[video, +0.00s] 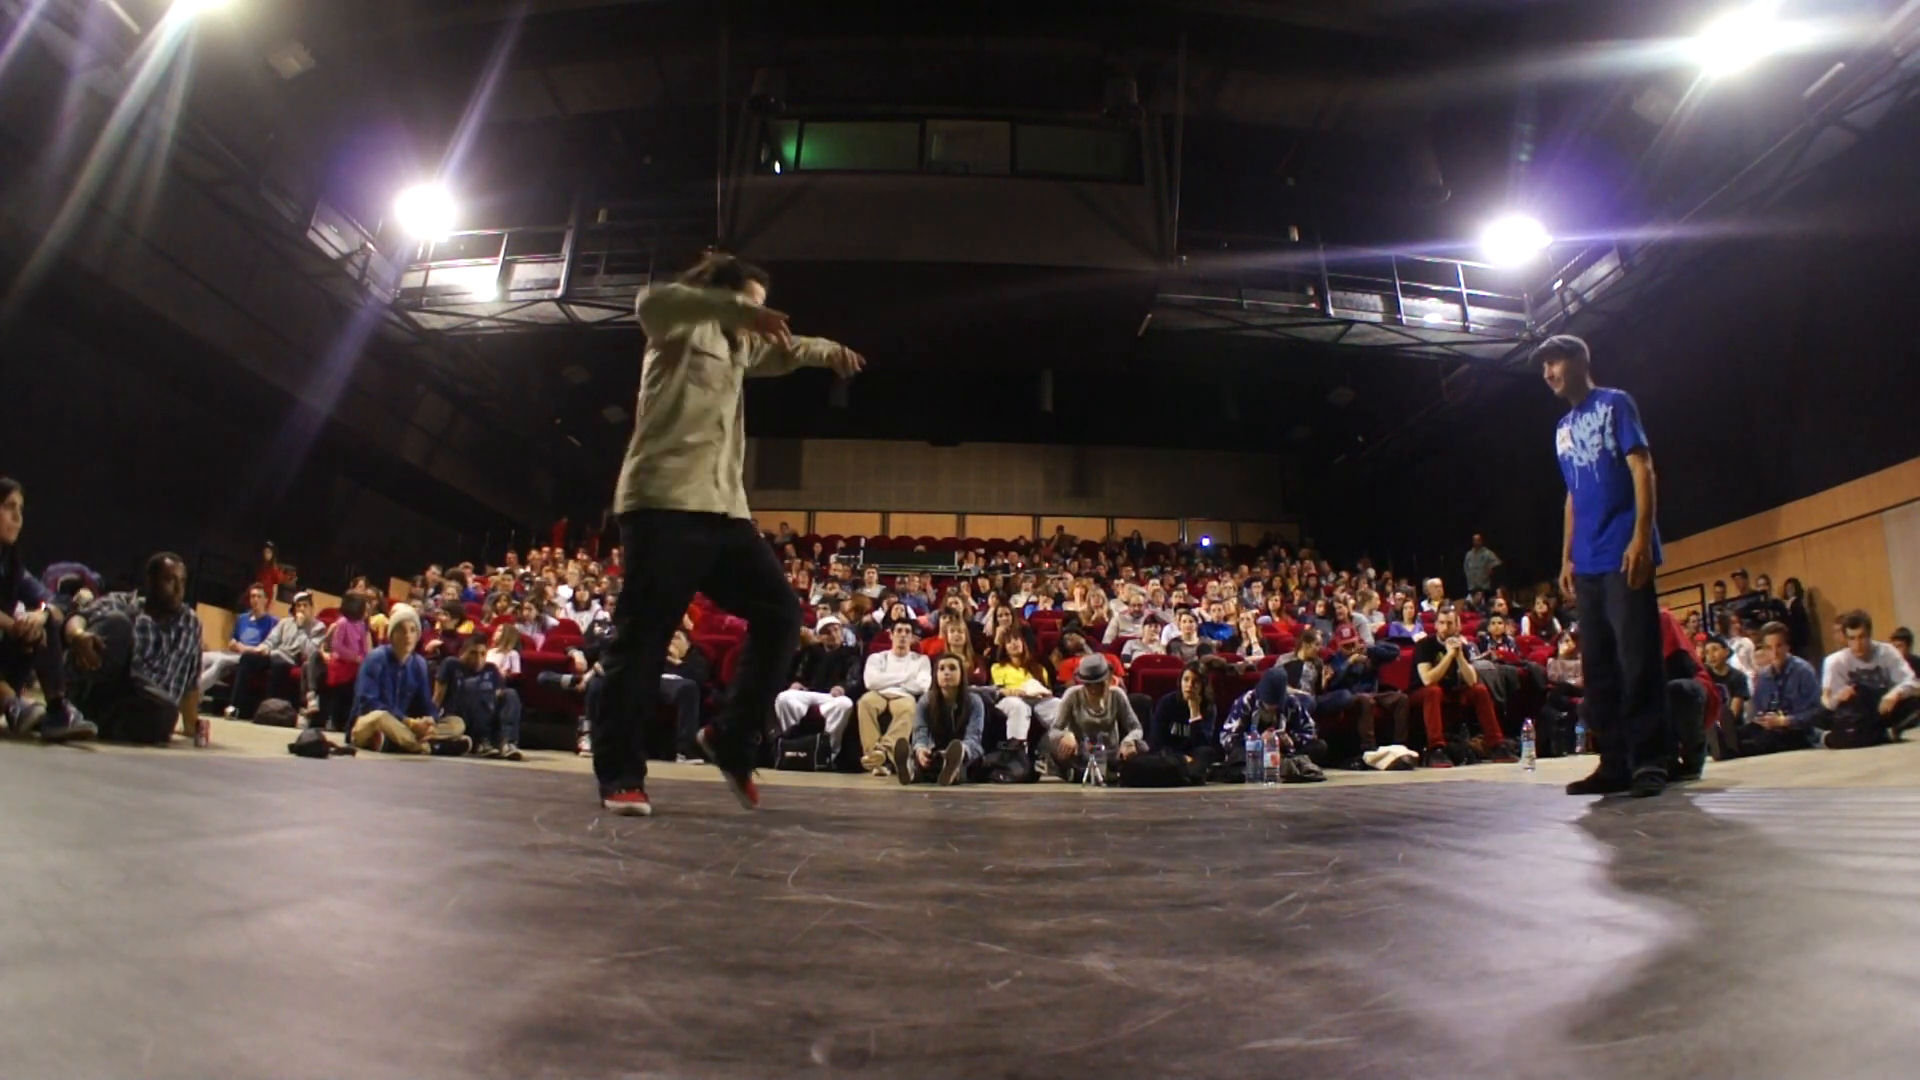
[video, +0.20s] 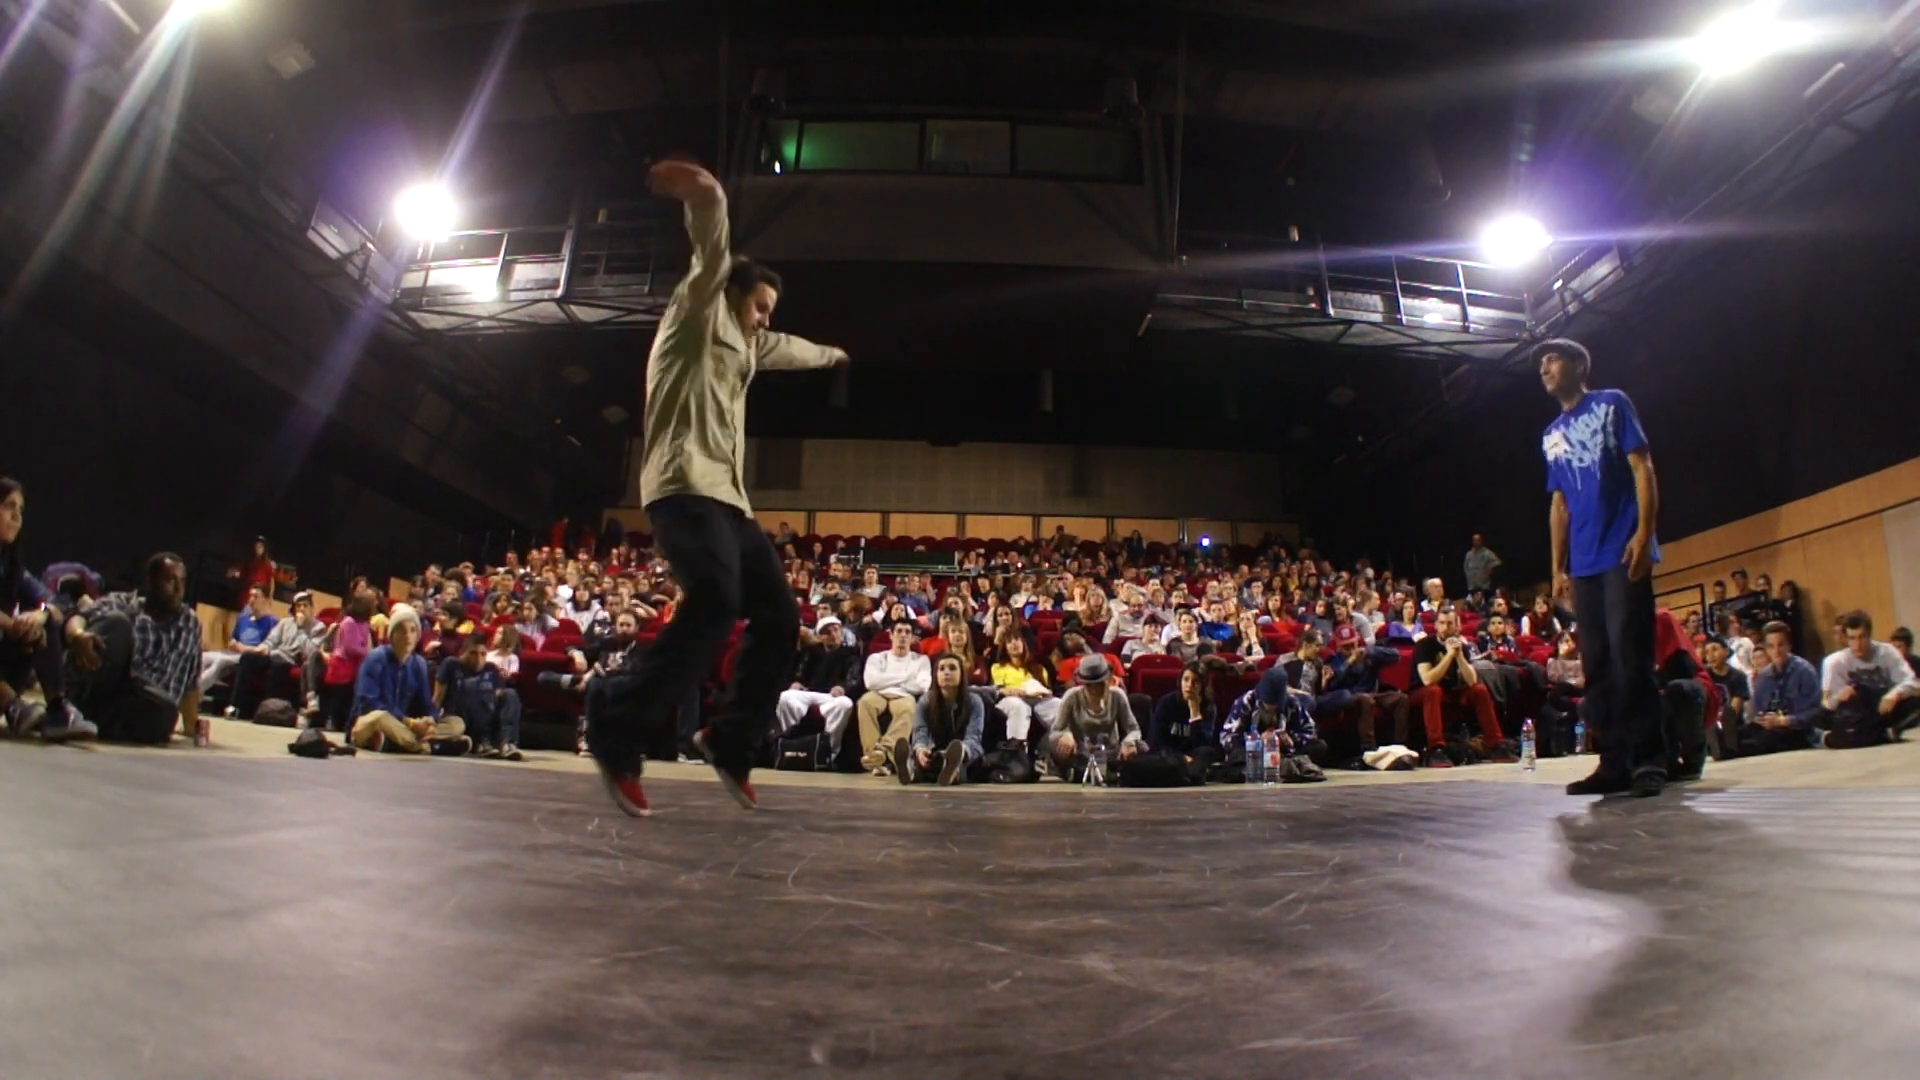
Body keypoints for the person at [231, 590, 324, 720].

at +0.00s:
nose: (302, 609)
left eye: (305, 606)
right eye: (298, 606)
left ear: (312, 609)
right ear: (294, 609)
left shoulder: (319, 628)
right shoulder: (286, 622)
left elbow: (310, 652)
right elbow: (271, 640)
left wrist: (301, 628)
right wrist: (264, 648)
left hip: (292, 660)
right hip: (273, 656)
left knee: (277, 665)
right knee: (248, 657)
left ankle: (270, 709)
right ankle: (235, 706)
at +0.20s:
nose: (302, 609)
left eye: (305, 606)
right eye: (298, 606)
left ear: (312, 609)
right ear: (294, 609)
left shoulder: (319, 628)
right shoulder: (286, 623)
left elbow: (310, 652)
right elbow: (271, 640)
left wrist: (301, 628)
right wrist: (264, 648)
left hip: (292, 660)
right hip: (273, 656)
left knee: (277, 666)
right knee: (248, 657)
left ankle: (271, 710)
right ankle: (235, 706)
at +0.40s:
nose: (302, 609)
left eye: (305, 606)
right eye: (298, 606)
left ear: (312, 609)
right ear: (294, 609)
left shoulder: (319, 628)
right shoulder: (286, 622)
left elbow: (310, 651)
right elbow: (271, 640)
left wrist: (301, 628)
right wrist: (264, 647)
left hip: (292, 660)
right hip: (273, 656)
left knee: (277, 665)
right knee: (248, 657)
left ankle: (271, 709)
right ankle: (235, 705)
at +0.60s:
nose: (302, 609)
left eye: (306, 606)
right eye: (299, 606)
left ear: (312, 609)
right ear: (294, 609)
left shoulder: (319, 628)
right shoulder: (286, 623)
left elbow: (310, 652)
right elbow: (271, 640)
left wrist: (301, 628)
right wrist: (264, 648)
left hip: (292, 661)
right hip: (273, 656)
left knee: (277, 666)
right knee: (248, 657)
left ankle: (271, 709)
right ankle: (235, 705)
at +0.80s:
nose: (302, 609)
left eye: (306, 606)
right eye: (299, 606)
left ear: (313, 609)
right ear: (294, 609)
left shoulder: (319, 628)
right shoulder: (286, 623)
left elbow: (310, 651)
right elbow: (271, 640)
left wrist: (301, 628)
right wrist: (264, 647)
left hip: (292, 661)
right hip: (273, 656)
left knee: (277, 666)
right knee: (248, 657)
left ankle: (272, 709)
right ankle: (235, 706)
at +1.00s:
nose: (302, 609)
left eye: (306, 606)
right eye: (299, 606)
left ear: (313, 609)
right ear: (294, 609)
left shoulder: (319, 628)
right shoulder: (285, 623)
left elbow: (310, 651)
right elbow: (271, 640)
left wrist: (301, 628)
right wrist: (265, 647)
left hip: (293, 661)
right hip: (274, 656)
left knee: (278, 666)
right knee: (247, 657)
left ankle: (272, 709)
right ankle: (235, 705)